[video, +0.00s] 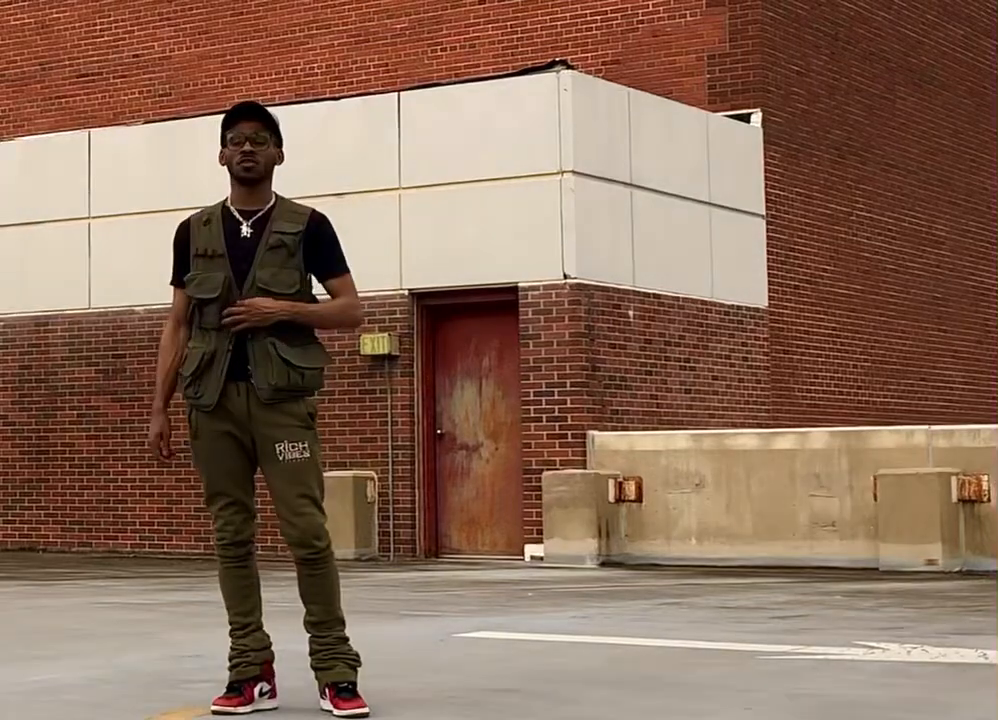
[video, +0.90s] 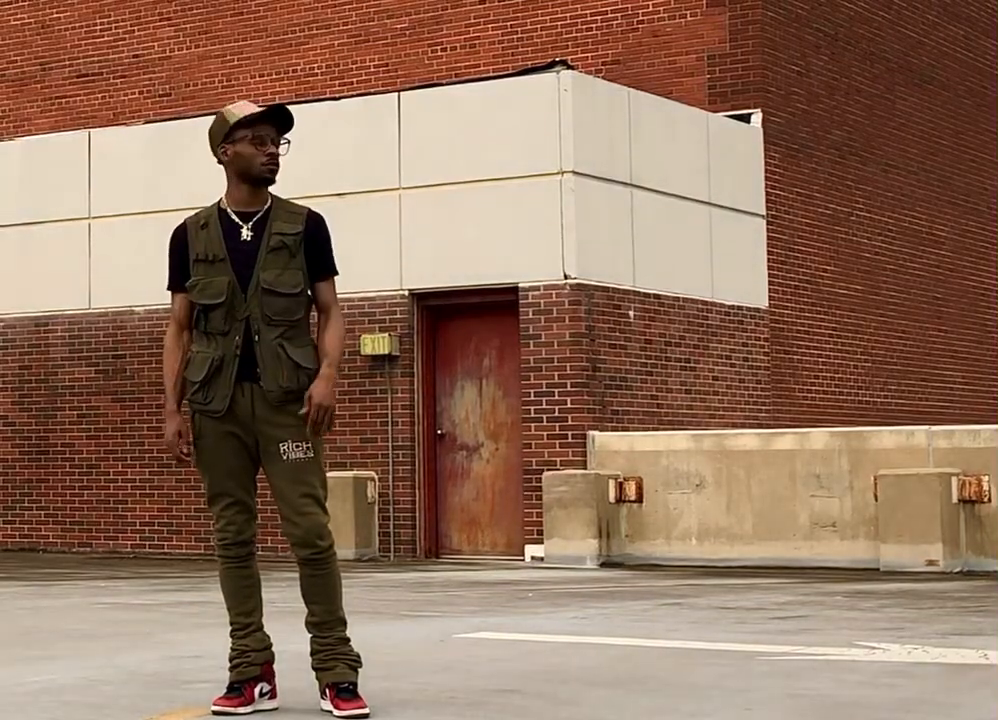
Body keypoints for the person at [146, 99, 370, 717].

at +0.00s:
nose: (247, 150)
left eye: (259, 142)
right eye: (237, 142)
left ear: (278, 154)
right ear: (222, 154)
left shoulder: (307, 226)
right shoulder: (193, 231)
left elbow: (350, 310)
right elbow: (176, 323)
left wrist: (283, 308)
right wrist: (161, 403)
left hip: (284, 403)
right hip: (211, 406)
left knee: (309, 538)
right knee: (232, 540)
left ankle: (336, 673)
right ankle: (250, 670)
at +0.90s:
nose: (273, 150)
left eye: (277, 141)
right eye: (259, 141)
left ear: (280, 153)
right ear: (225, 152)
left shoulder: (305, 225)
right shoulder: (189, 235)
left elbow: (330, 314)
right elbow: (178, 326)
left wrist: (327, 377)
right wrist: (173, 406)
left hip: (287, 403)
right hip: (214, 407)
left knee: (311, 538)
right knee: (233, 541)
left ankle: (337, 672)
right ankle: (250, 668)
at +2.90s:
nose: (240, 153)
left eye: (250, 145)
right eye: (229, 145)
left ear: (268, 155)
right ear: (213, 156)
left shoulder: (302, 224)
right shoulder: (188, 235)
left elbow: (328, 317)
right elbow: (177, 327)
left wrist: (333, 403)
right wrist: (172, 408)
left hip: (287, 402)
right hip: (213, 406)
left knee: (309, 538)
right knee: (232, 540)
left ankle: (336, 671)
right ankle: (250, 667)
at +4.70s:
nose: (312, 193)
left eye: (323, 183)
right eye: (300, 183)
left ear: (340, 193)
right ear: (284, 191)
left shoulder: (367, 265)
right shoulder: (248, 253)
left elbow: (400, 348)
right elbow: (219, 323)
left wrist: (408, 442)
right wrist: (211, 354)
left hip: (332, 431)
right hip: (251, 428)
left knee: (355, 550)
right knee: (224, 545)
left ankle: (326, 677)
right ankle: (259, 661)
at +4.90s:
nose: (337, 184)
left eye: (348, 176)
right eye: (326, 172)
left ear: (358, 184)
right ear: (300, 175)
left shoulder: (365, 250)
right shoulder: (255, 233)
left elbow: (388, 315)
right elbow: (235, 326)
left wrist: (399, 347)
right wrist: (260, 415)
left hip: (315, 411)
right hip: (238, 405)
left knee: (334, 534)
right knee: (226, 537)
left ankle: (324, 676)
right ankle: (247, 669)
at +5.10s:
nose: (303, 193)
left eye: (313, 185)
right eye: (291, 183)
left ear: (324, 196)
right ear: (267, 190)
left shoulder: (339, 271)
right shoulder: (228, 258)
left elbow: (353, 353)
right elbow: (234, 361)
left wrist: (352, 362)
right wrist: (293, 433)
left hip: (304, 430)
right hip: (229, 431)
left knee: (349, 539)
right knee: (221, 550)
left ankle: (322, 672)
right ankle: (244, 675)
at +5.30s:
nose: (281, 163)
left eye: (292, 156)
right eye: (269, 156)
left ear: (309, 169)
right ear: (253, 169)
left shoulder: (341, 246)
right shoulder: (220, 240)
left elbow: (350, 345)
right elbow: (206, 333)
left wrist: (328, 423)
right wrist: (237, 412)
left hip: (313, 415)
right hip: (235, 414)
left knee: (342, 533)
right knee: (226, 541)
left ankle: (327, 671)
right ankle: (245, 674)